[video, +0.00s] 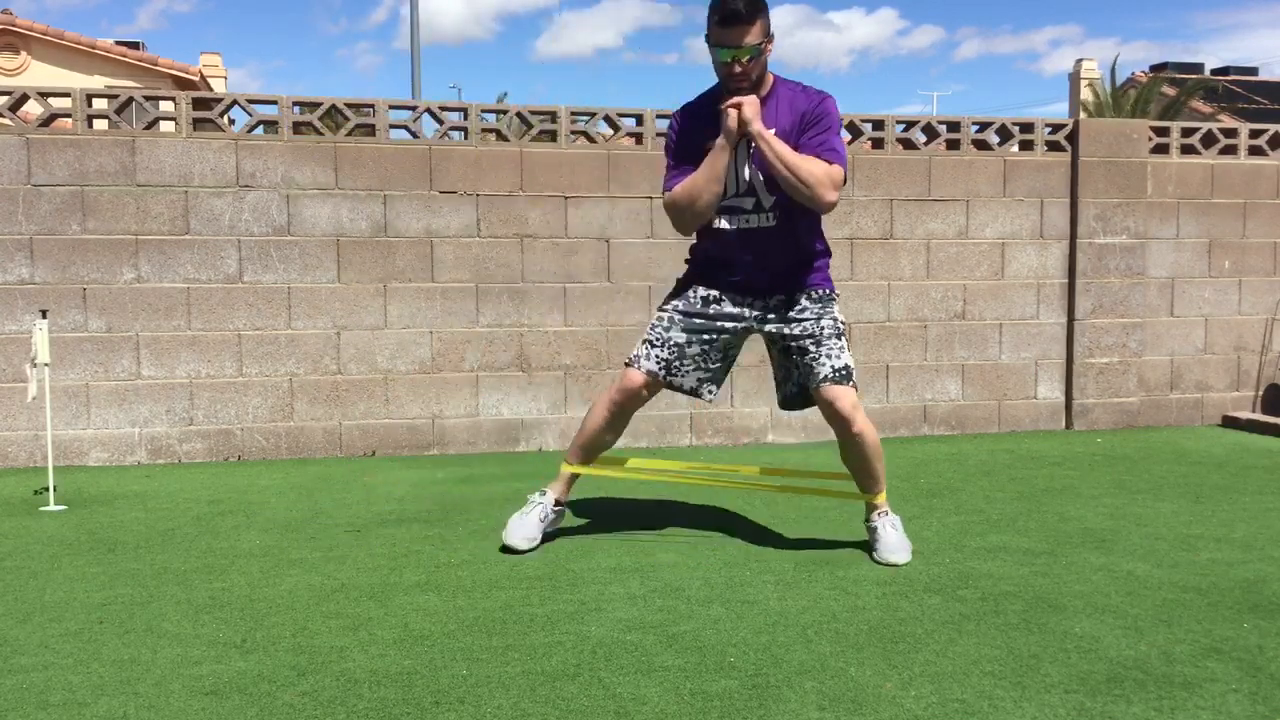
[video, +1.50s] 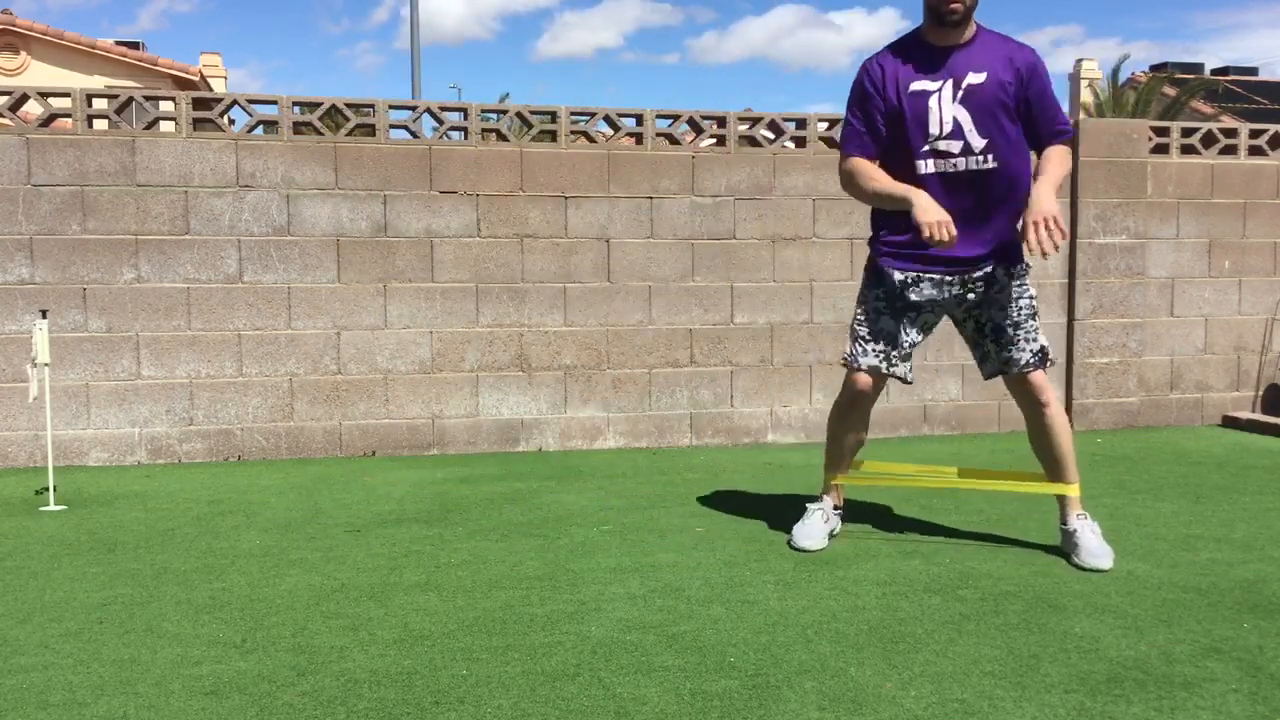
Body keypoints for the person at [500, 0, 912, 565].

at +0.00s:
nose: (736, 65)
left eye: (747, 52)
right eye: (723, 53)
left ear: (768, 42)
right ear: (708, 46)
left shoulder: (811, 107)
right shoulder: (692, 119)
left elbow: (824, 194)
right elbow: (684, 217)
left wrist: (758, 134)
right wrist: (727, 141)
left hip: (799, 285)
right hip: (713, 282)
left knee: (843, 406)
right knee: (631, 385)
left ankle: (881, 514)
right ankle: (553, 497)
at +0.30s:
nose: (802, 27)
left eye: (816, 15)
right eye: (791, 14)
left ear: (837, 11)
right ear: (777, 12)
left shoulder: (873, 75)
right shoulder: (749, 78)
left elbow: (875, 166)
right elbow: (734, 177)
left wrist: (818, 96)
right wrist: (784, 103)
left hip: (845, 257)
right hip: (765, 252)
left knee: (863, 384)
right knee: (716, 362)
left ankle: (886, 510)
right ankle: (699, 486)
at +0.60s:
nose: (805, 37)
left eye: (819, 26)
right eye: (793, 24)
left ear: (838, 24)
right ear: (777, 21)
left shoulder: (870, 92)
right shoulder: (746, 95)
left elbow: (872, 185)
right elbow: (734, 193)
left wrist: (817, 110)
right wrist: (787, 115)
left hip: (851, 265)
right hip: (769, 267)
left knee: (886, 377)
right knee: (733, 387)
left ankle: (906, 502)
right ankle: (714, 505)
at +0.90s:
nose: (875, 43)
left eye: (888, 31)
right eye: (862, 30)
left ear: (905, 31)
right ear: (843, 31)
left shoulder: (940, 97)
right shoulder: (812, 109)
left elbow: (953, 184)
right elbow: (801, 202)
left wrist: (889, 115)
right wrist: (855, 122)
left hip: (933, 280)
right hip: (843, 286)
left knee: (1009, 392)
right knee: (787, 396)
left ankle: (1070, 514)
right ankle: (725, 505)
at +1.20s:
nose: (974, 10)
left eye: (985, 0)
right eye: (960, 1)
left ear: (1000, 5)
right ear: (941, 6)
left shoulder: (1041, 67)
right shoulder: (906, 80)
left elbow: (1079, 158)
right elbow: (901, 181)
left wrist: (1010, 104)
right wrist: (965, 116)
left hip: (1004, 260)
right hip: (914, 256)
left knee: (1049, 387)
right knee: (854, 365)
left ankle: (1074, 516)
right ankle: (800, 489)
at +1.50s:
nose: (952, 0)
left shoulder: (1018, 62)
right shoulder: (882, 71)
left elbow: (1058, 143)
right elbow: (854, 170)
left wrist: (1044, 191)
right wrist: (912, 196)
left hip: (993, 264)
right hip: (904, 266)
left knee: (1034, 384)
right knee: (859, 384)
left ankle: (1075, 518)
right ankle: (828, 502)